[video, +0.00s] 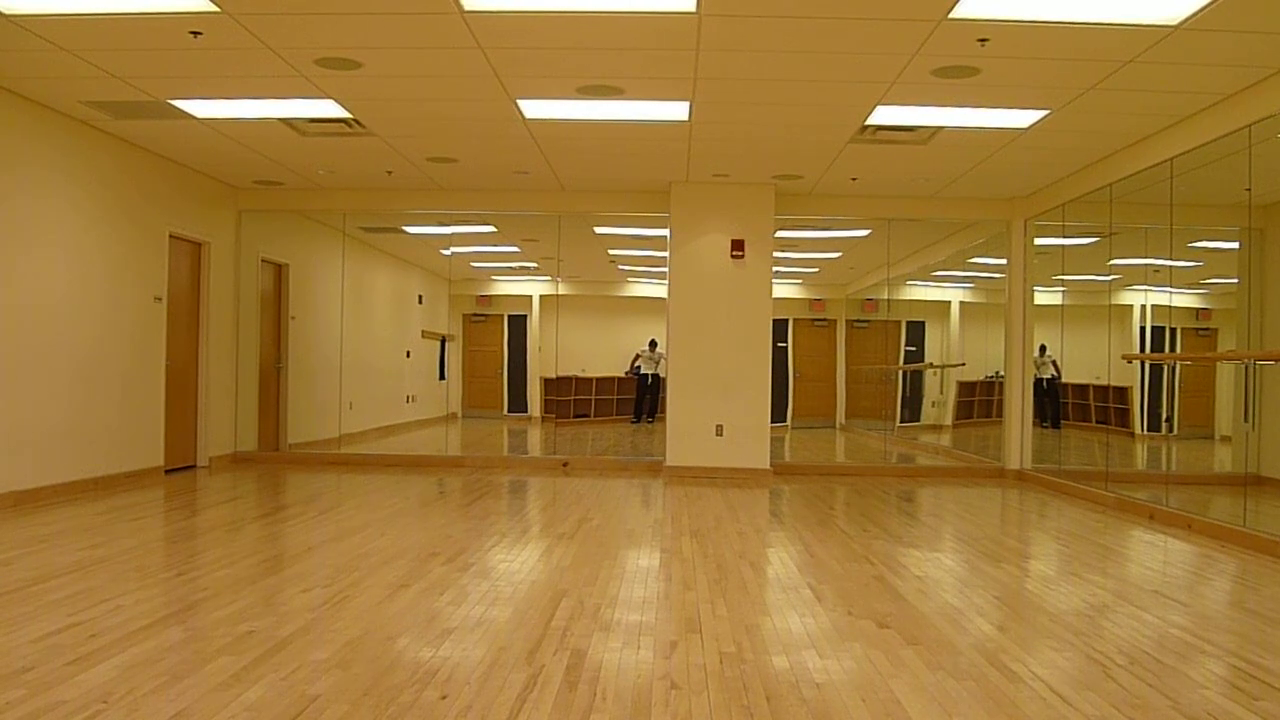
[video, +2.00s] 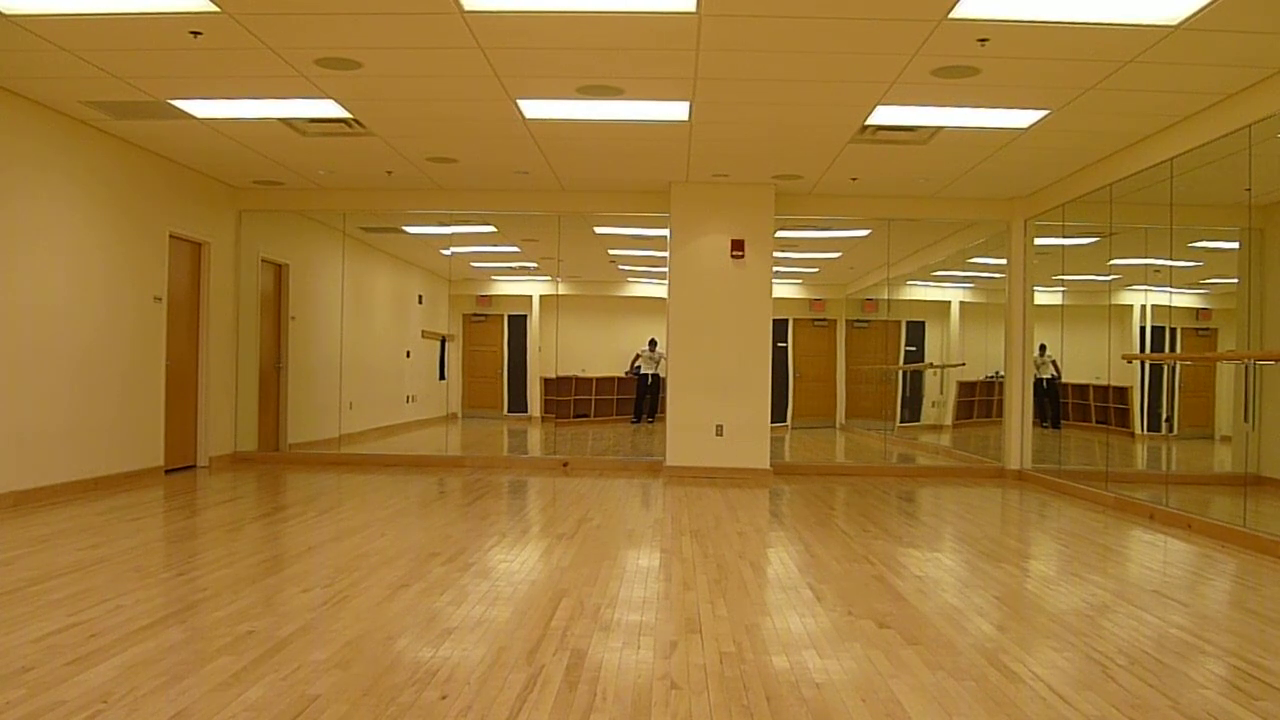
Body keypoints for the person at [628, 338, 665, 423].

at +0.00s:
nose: (652, 350)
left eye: (653, 348)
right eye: (650, 348)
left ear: (656, 348)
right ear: (648, 346)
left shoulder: (660, 354)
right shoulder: (642, 352)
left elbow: (668, 361)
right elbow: (634, 360)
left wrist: (667, 373)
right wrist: (631, 370)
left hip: (654, 374)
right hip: (643, 373)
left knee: (654, 396)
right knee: (640, 395)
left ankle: (651, 416)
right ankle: (637, 416)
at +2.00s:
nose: (652, 349)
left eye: (653, 347)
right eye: (650, 347)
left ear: (656, 347)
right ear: (648, 346)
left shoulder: (660, 354)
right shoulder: (642, 352)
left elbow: (668, 362)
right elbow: (634, 360)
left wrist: (668, 373)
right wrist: (631, 370)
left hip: (654, 373)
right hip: (643, 373)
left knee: (654, 396)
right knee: (640, 395)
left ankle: (651, 416)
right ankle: (637, 416)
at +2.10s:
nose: (652, 349)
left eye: (653, 347)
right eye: (650, 347)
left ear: (656, 347)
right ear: (648, 346)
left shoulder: (660, 354)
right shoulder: (642, 352)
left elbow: (668, 361)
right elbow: (634, 360)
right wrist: (630, 370)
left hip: (654, 373)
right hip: (643, 373)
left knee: (654, 396)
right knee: (640, 395)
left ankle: (651, 416)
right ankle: (637, 416)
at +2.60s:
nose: (652, 349)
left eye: (653, 347)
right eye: (650, 347)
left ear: (656, 347)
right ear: (648, 346)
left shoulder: (660, 354)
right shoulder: (642, 352)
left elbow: (668, 361)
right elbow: (634, 360)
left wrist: (668, 373)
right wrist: (630, 370)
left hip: (654, 374)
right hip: (643, 373)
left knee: (654, 396)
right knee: (640, 395)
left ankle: (651, 416)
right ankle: (637, 416)